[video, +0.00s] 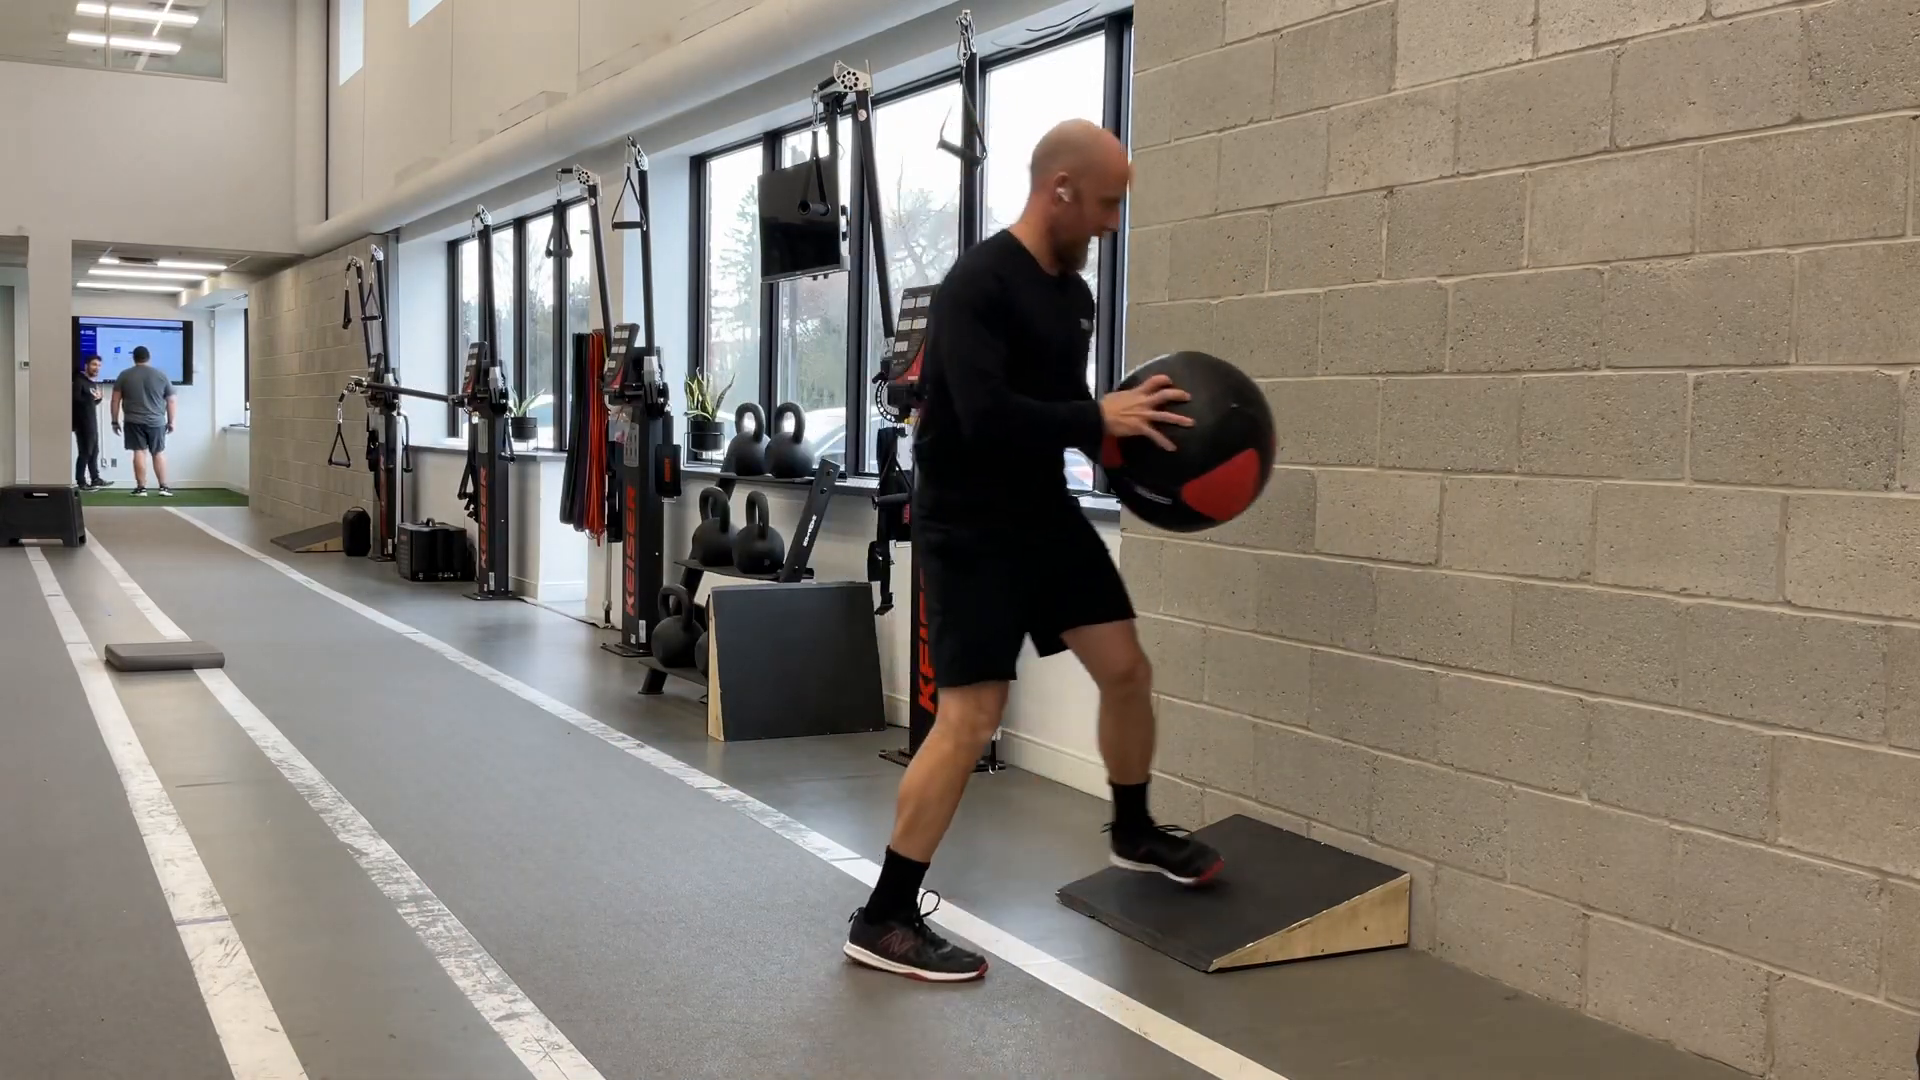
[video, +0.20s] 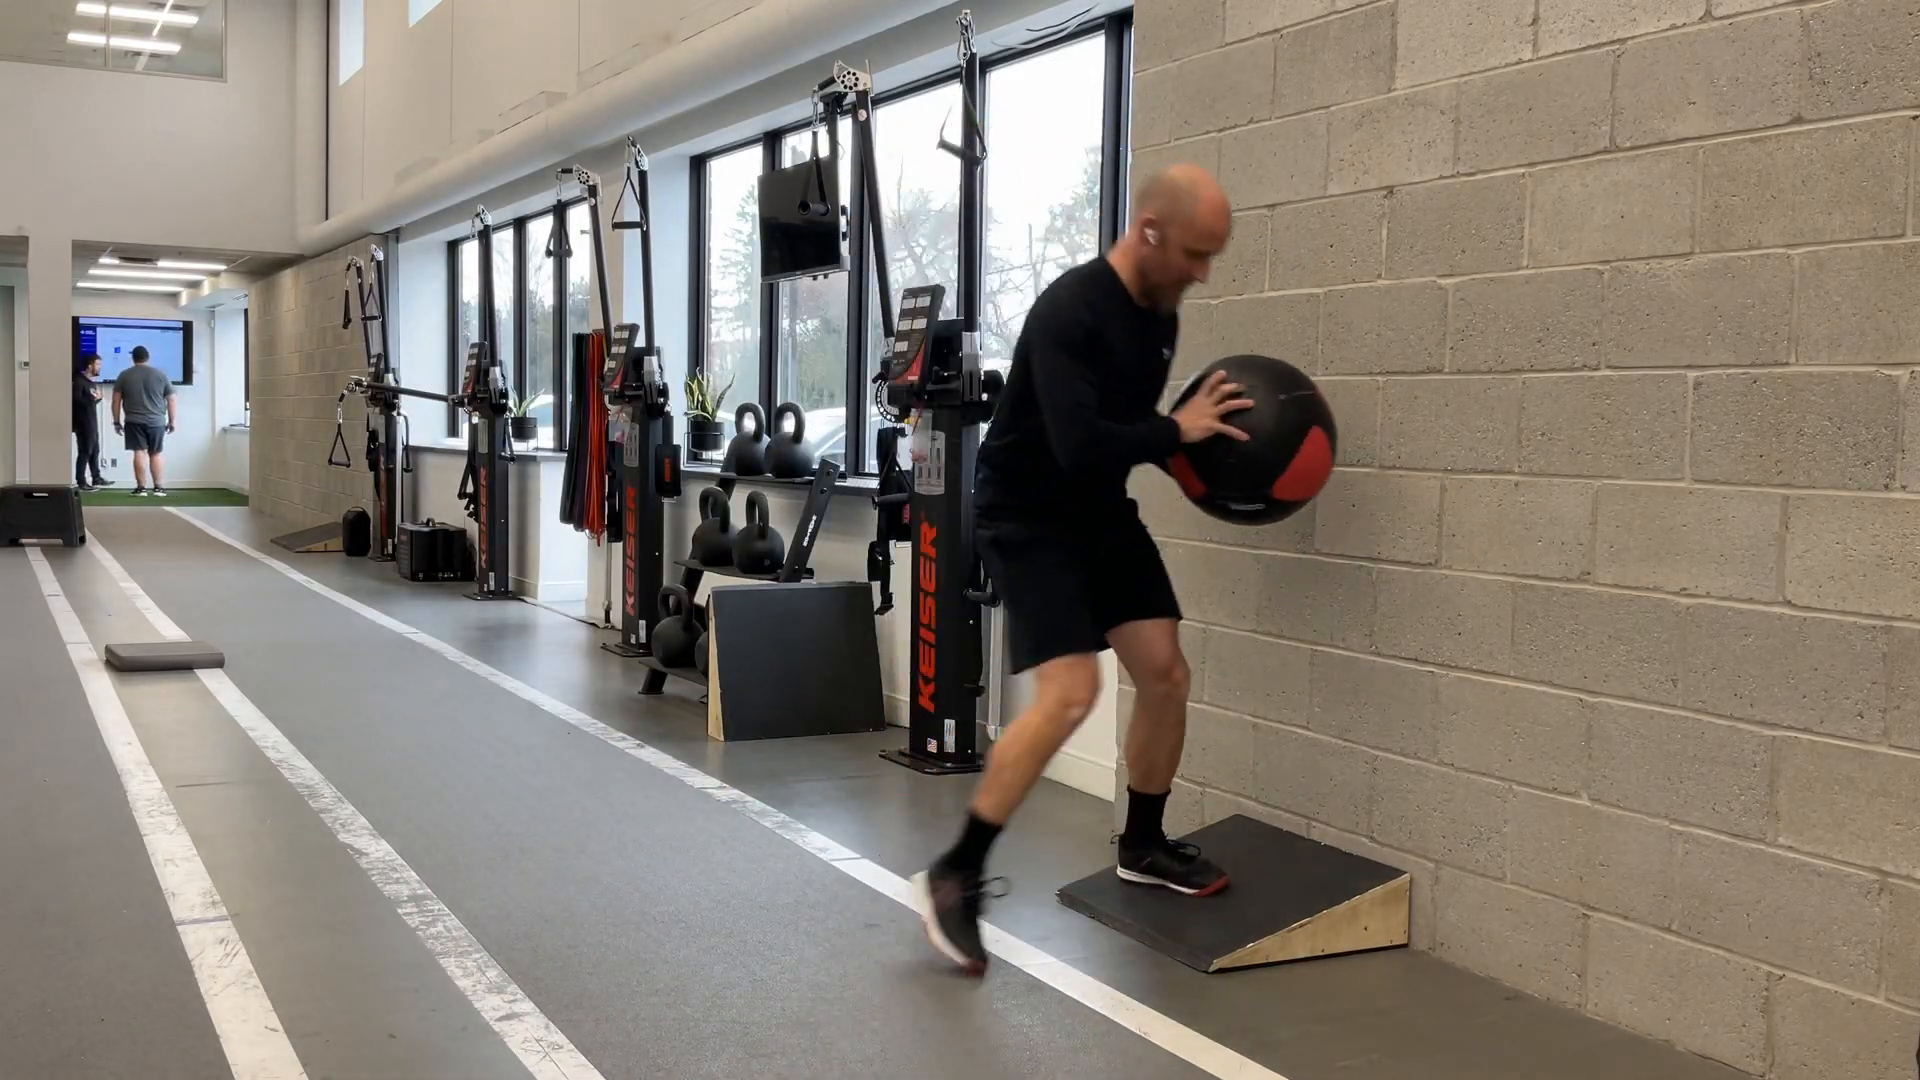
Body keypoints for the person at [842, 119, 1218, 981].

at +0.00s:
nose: (1116, 221)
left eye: (1121, 204)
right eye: (1109, 204)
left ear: (1064, 195)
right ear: (1057, 193)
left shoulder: (1069, 295)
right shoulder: (976, 281)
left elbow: (1062, 412)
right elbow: (981, 410)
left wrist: (1138, 454)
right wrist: (1094, 418)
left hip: (1043, 514)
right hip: (965, 526)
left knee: (1126, 671)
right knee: (968, 717)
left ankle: (1134, 830)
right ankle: (885, 916)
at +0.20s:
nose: (1204, 274)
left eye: (1212, 258)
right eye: (1197, 255)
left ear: (1166, 239)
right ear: (1146, 232)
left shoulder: (1155, 315)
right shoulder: (1070, 309)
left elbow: (1133, 426)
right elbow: (1077, 440)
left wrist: (1202, 466)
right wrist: (1173, 428)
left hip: (1103, 508)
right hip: (1028, 512)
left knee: (1164, 672)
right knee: (1068, 692)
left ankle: (1143, 845)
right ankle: (956, 873)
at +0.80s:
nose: (1249, 398)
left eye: (1262, 387)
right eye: (1242, 381)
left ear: (1279, 364)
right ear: (1204, 345)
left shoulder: (1211, 390)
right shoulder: (1144, 389)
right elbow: (1188, 526)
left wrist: (1271, 462)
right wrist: (1225, 469)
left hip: (1121, 541)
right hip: (1045, 543)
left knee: (1203, 686)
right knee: (1151, 690)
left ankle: (1148, 844)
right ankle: (1085, 858)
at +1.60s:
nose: (612, 420)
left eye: (631, 400)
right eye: (594, 400)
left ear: (658, 371)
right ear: (561, 369)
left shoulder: (684, 477)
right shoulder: (499, 414)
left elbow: (673, 624)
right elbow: (342, 452)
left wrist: (584, 680)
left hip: (610, 655)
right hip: (495, 637)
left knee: (590, 820)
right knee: (499, 778)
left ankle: (467, 881)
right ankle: (404, 949)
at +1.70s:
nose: (599, 433)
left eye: (616, 414)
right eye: (581, 414)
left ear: (641, 385)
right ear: (546, 381)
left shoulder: (667, 481)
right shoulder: (491, 411)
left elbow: (646, 630)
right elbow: (328, 410)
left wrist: (546, 665)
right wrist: (384, 483)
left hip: (599, 639)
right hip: (484, 622)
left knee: (623, 792)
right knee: (481, 771)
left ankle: (495, 864)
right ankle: (403, 948)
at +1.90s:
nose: (661, 405)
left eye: (673, 387)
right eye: (645, 388)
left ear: (686, 366)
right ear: (593, 358)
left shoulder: (695, 455)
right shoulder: (532, 381)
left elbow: (674, 599)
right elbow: (368, 361)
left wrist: (587, 604)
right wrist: (407, 431)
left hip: (640, 606)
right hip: (522, 606)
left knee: (776, 722)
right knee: (495, 767)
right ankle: (405, 953)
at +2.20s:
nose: (886, 247)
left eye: (886, 230)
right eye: (879, 230)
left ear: (822, 226)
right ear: (839, 227)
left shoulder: (806, 310)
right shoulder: (785, 308)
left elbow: (906, 435)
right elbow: (868, 400)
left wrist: (991, 403)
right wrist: (968, 399)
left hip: (768, 561)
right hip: (721, 560)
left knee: (863, 699)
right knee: (644, 752)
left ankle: (882, 899)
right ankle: (448, 888)